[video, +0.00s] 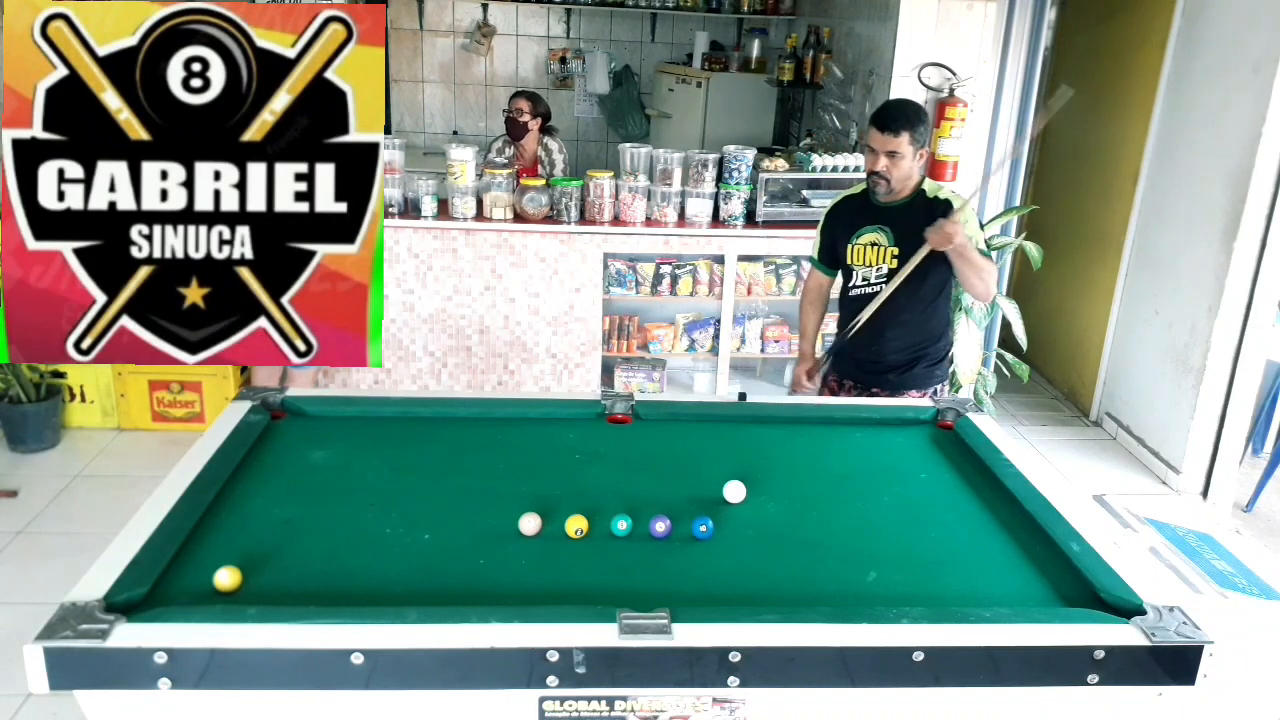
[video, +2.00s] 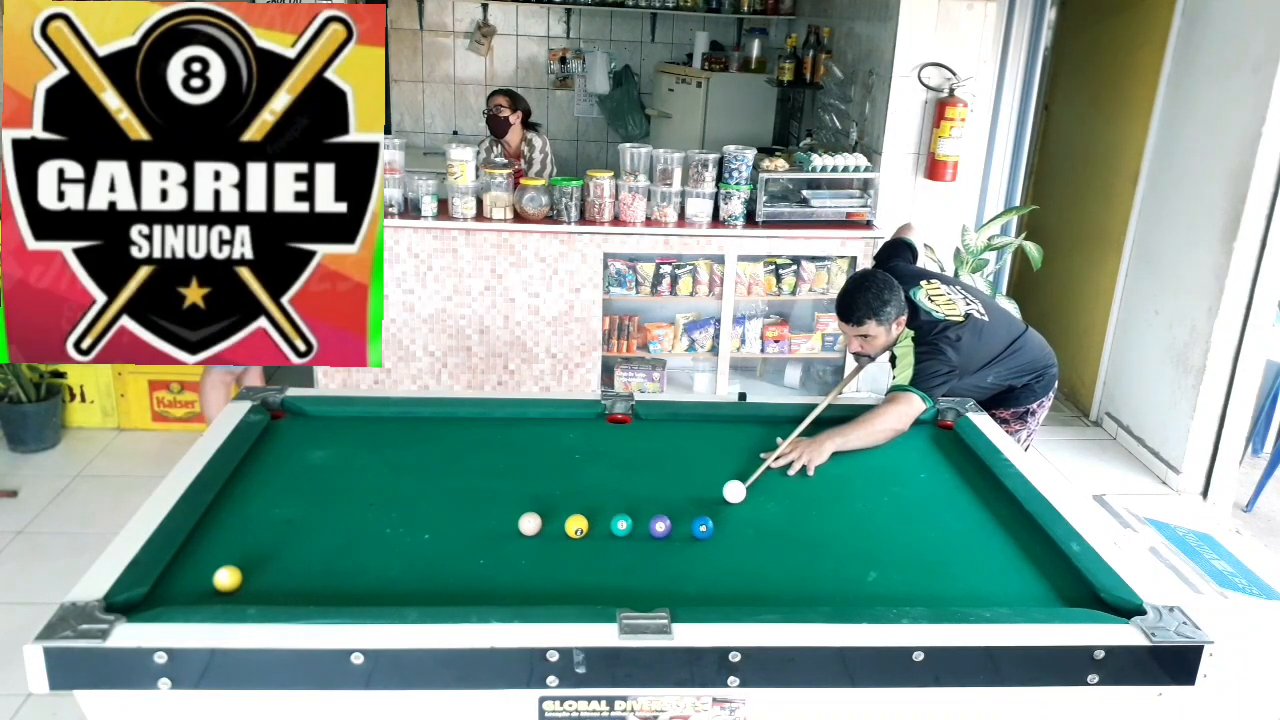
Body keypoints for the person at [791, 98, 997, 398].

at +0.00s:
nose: (877, 166)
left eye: (892, 156)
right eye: (871, 152)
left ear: (921, 158)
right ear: (863, 147)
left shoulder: (948, 212)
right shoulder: (842, 212)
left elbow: (985, 291)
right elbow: (817, 286)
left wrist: (956, 245)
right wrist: (806, 355)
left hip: (915, 388)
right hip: (846, 382)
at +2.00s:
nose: (853, 346)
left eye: (864, 337)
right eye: (846, 333)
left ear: (898, 324)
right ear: (841, 317)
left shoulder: (931, 350)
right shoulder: (893, 272)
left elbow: (898, 415)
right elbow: (907, 231)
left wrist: (828, 440)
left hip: (1026, 377)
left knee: (990, 478)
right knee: (951, 462)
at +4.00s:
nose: (844, 349)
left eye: (854, 338)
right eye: (837, 336)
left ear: (889, 326)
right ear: (833, 318)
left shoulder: (926, 351)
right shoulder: (885, 272)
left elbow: (893, 415)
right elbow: (901, 229)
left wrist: (824, 439)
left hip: (1021, 375)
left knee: (986, 475)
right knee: (946, 459)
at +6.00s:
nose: (849, 338)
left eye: (861, 327)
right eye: (842, 324)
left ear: (895, 316)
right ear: (837, 309)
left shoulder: (930, 342)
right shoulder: (894, 269)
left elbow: (894, 412)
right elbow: (897, 240)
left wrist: (823, 441)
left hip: (1020, 376)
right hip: (970, 363)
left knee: (988, 475)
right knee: (947, 459)